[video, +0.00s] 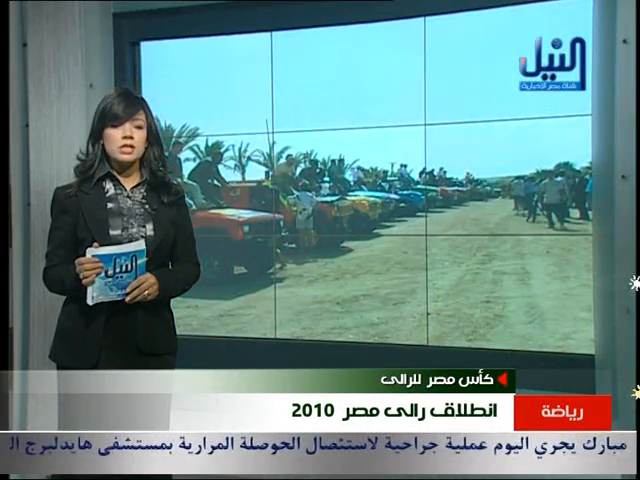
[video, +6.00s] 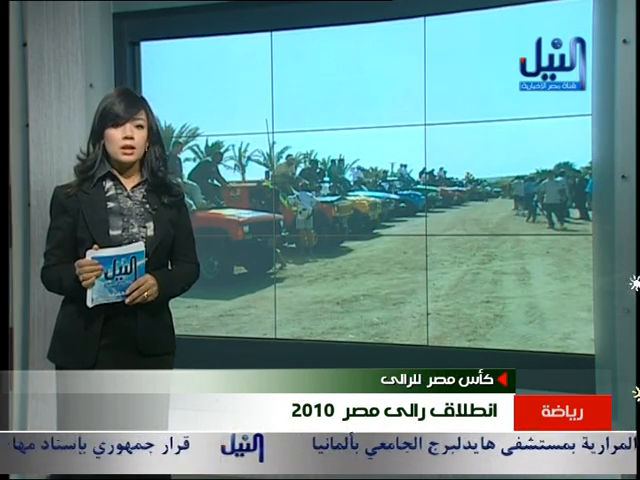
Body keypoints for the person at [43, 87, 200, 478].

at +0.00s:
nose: (128, 135)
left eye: (137, 126)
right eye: (117, 126)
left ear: (149, 136)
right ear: (101, 136)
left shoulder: (170, 196)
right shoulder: (71, 198)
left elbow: (189, 267)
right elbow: (53, 274)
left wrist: (161, 282)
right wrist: (77, 274)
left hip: (151, 348)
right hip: (86, 349)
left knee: (150, 452)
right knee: (83, 452)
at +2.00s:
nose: (130, 133)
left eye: (140, 126)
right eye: (121, 123)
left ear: (150, 137)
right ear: (102, 132)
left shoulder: (168, 196)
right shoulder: (69, 197)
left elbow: (187, 266)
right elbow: (50, 272)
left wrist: (159, 282)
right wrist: (73, 275)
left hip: (148, 348)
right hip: (83, 348)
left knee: (146, 451)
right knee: (79, 451)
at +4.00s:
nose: (116, 140)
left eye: (126, 129)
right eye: (105, 131)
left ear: (141, 135)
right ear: (92, 140)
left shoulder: (166, 195)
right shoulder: (66, 197)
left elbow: (187, 265)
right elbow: (48, 273)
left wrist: (157, 282)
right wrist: (70, 275)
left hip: (146, 348)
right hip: (81, 349)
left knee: (146, 453)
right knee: (78, 453)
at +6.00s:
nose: (128, 134)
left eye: (137, 126)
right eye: (118, 125)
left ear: (149, 136)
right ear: (101, 136)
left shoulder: (169, 197)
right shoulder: (71, 197)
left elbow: (188, 266)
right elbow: (51, 272)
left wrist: (161, 282)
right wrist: (76, 275)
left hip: (149, 349)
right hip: (84, 349)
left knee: (148, 452)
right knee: (81, 452)